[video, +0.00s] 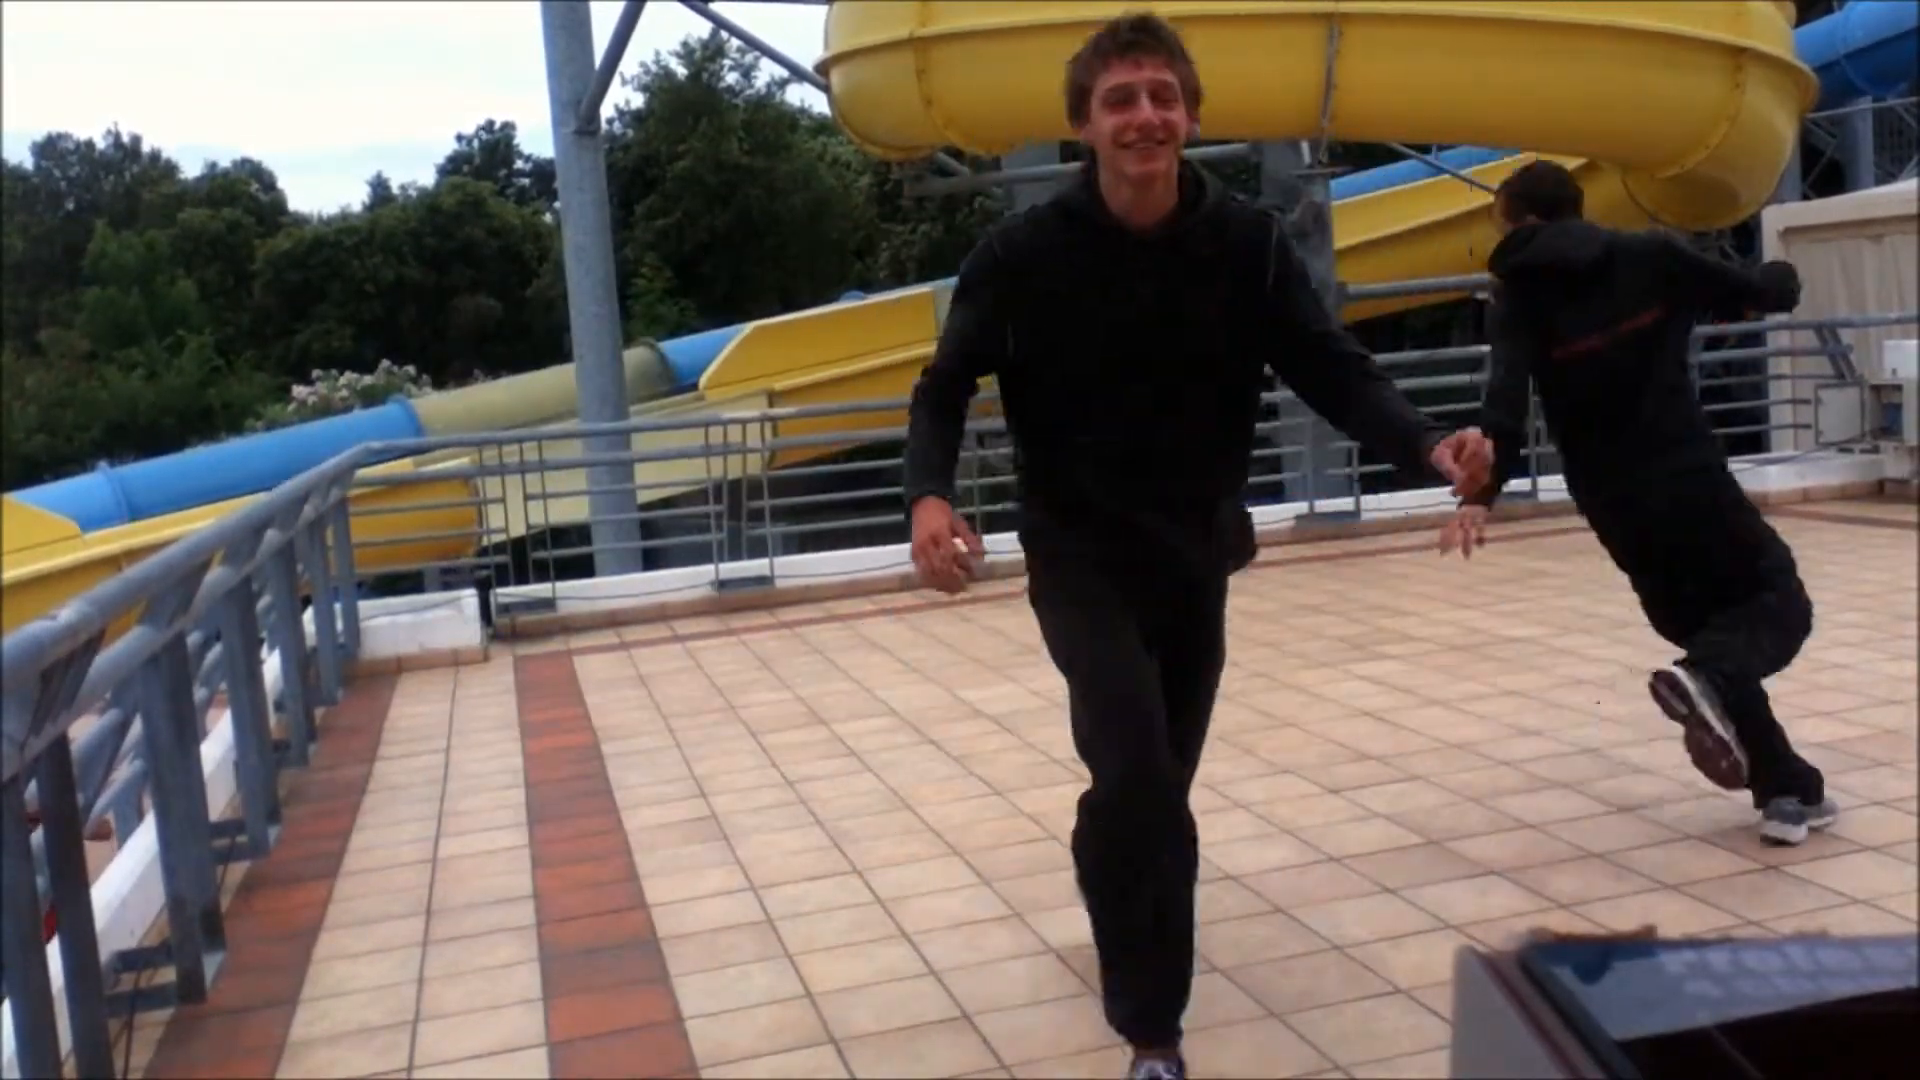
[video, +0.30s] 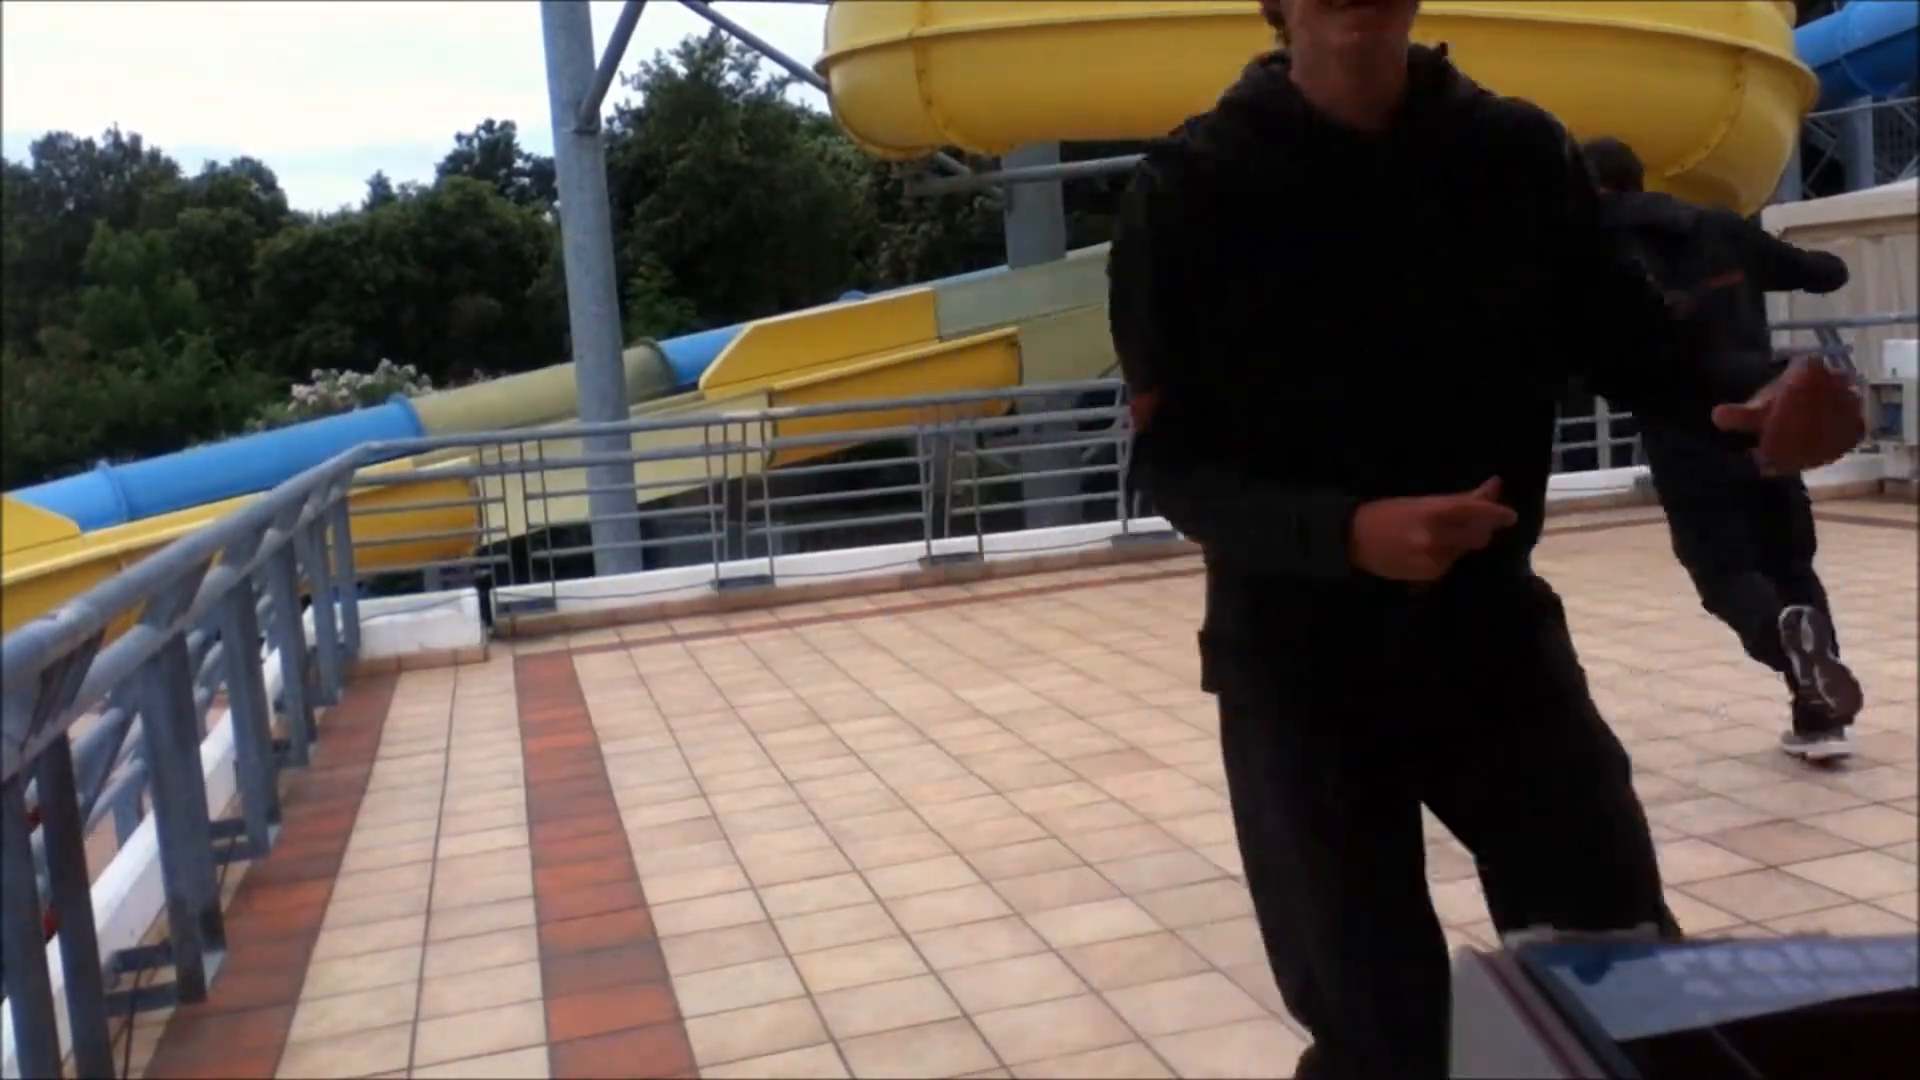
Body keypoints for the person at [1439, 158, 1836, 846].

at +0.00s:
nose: (1498, 232)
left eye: (1500, 221)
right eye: (1499, 221)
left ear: (1516, 220)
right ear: (1574, 208)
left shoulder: (1517, 293)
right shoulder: (1647, 253)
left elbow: (1504, 400)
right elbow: (1765, 291)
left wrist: (1479, 491)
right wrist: (1777, 275)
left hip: (1609, 500)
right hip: (1687, 473)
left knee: (1705, 637)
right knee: (1782, 600)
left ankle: (1788, 791)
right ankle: (1708, 680)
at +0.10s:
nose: (1548, 251)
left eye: (1550, 237)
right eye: (1547, 237)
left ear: (1575, 232)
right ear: (1611, 221)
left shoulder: (1562, 305)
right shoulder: (1694, 263)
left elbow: (1534, 411)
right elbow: (1777, 304)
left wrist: (1504, 511)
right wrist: (1827, 297)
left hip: (1656, 507)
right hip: (1738, 478)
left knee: (1714, 643)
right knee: (1820, 574)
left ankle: (1778, 790)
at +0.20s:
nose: (1544, 216)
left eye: (1549, 202)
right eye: (1542, 203)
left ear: (1586, 197)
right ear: (1617, 193)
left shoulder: (1575, 263)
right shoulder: (1702, 231)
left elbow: (1565, 359)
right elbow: (1792, 271)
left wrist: (1541, 443)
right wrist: (1845, 293)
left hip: (1678, 453)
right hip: (1759, 434)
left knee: (1718, 588)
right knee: (1797, 561)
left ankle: (1788, 739)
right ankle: (1837, 703)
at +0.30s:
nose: (1586, 200)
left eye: (1583, 189)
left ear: (1588, 190)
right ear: (1641, 177)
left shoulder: (1590, 247)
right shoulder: (1714, 227)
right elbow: (1825, 272)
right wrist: (1763, 263)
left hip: (1679, 433)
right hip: (1763, 419)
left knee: (1721, 572)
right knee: (1790, 561)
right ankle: (1817, 711)